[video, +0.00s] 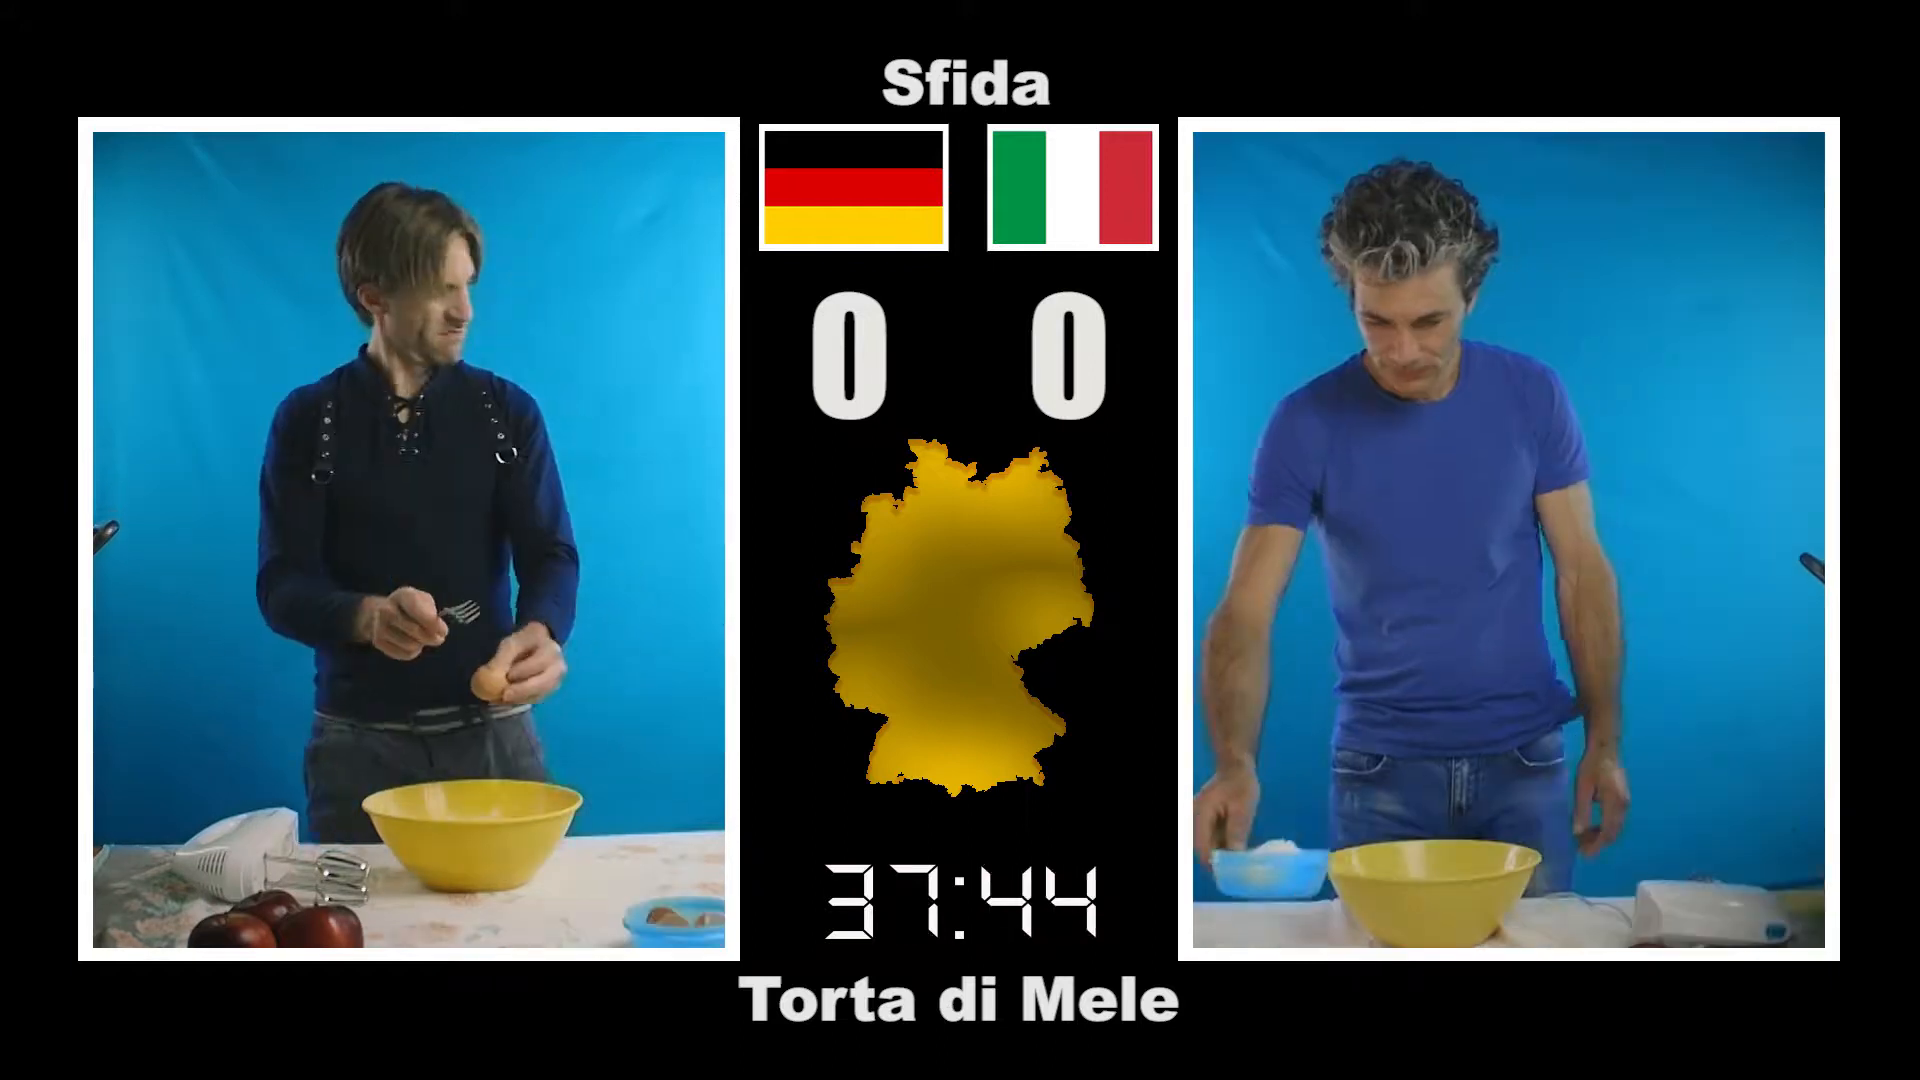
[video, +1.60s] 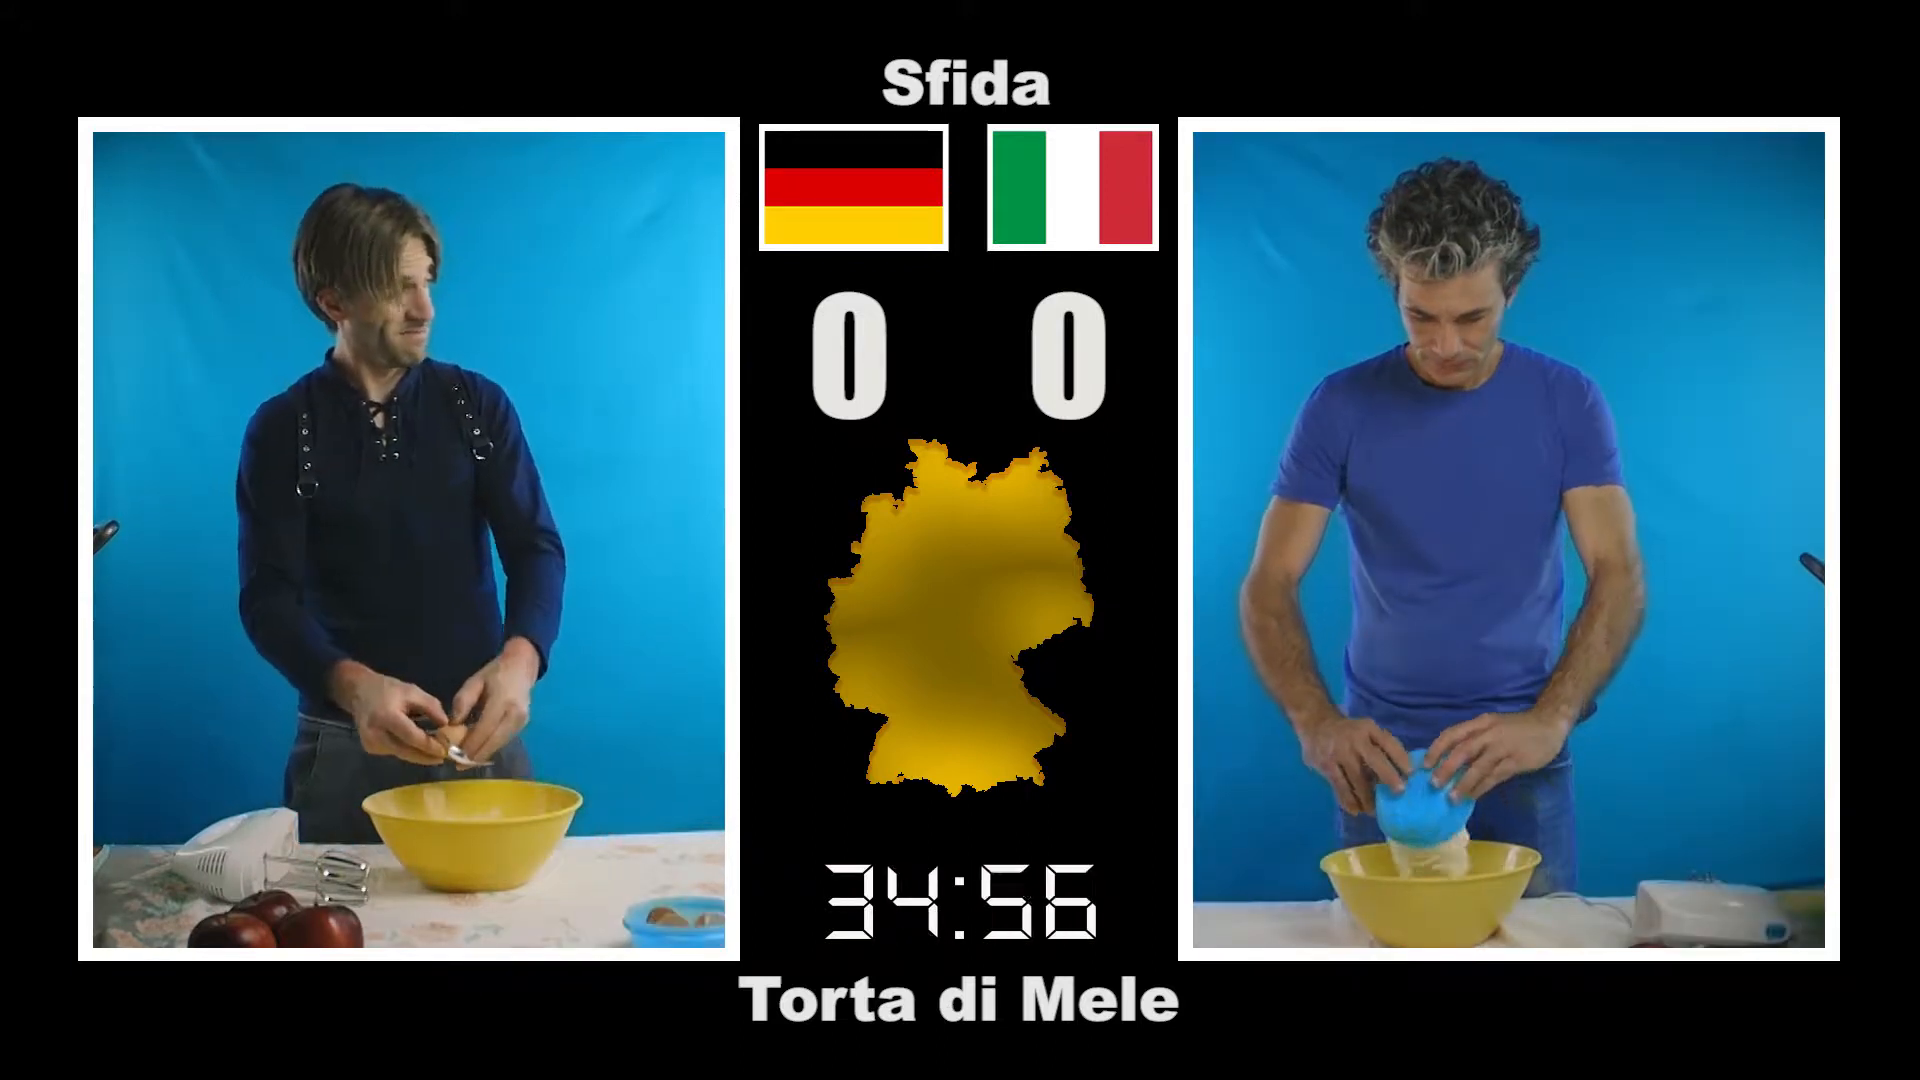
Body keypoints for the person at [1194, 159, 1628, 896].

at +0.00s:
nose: (1405, 350)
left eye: (1430, 321)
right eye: (1379, 322)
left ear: (1468, 294)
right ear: (1352, 297)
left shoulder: (1529, 397)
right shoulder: (1310, 423)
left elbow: (1583, 573)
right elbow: (1244, 613)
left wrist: (1604, 745)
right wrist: (1234, 764)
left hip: (1525, 765)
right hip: (1380, 769)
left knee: (1533, 963)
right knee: (1381, 972)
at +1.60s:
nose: (1447, 344)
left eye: (1472, 317)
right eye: (1423, 317)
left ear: (1507, 292)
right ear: (1396, 292)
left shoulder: (1562, 402)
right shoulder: (1343, 406)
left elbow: (1618, 576)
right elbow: (1269, 587)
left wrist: (1550, 718)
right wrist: (1319, 723)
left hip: (1520, 752)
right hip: (1382, 753)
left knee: (1529, 948)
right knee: (1388, 951)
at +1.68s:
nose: (1506, 355)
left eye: (1532, 329)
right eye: (1481, 329)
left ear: (1568, 300)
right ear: (1452, 299)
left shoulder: (1623, 411)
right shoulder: (1399, 405)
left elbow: (1685, 569)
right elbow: (1350, 593)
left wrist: (1668, 658)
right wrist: (1462, 675)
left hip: (1562, 762)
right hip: (1425, 756)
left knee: (1562, 952)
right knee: (1421, 952)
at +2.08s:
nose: (1505, 347)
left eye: (1529, 319)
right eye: (1481, 320)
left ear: (1565, 295)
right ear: (1454, 295)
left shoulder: (1620, 413)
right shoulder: (1393, 401)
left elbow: (1663, 589)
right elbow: (1340, 560)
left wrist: (1580, 697)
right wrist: (1383, 647)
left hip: (1560, 761)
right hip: (1418, 751)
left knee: (1559, 951)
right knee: (1411, 951)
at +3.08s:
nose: (1486, 350)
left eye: (1512, 324)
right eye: (1463, 322)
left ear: (1548, 298)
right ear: (1436, 293)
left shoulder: (1600, 411)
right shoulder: (1375, 401)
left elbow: (1623, 602)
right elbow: (1332, 572)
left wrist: (1511, 726)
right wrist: (1393, 673)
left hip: (1546, 758)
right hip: (1403, 758)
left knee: (1544, 953)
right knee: (1397, 952)